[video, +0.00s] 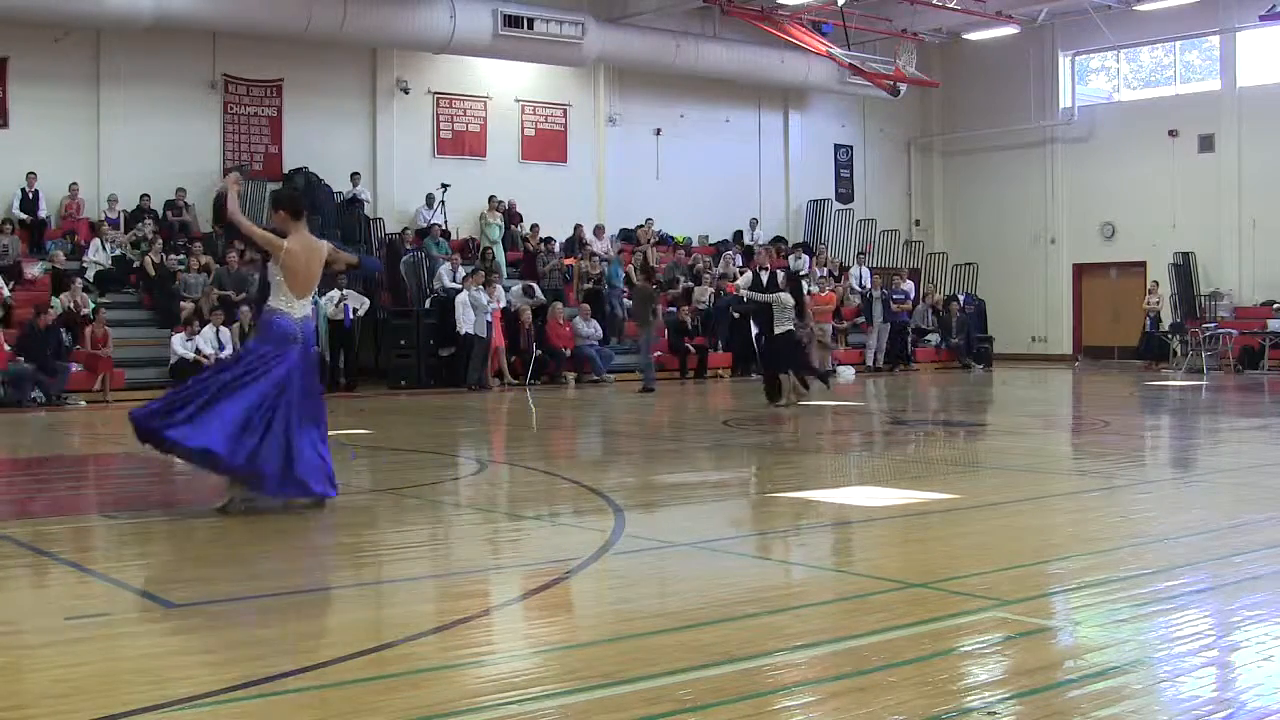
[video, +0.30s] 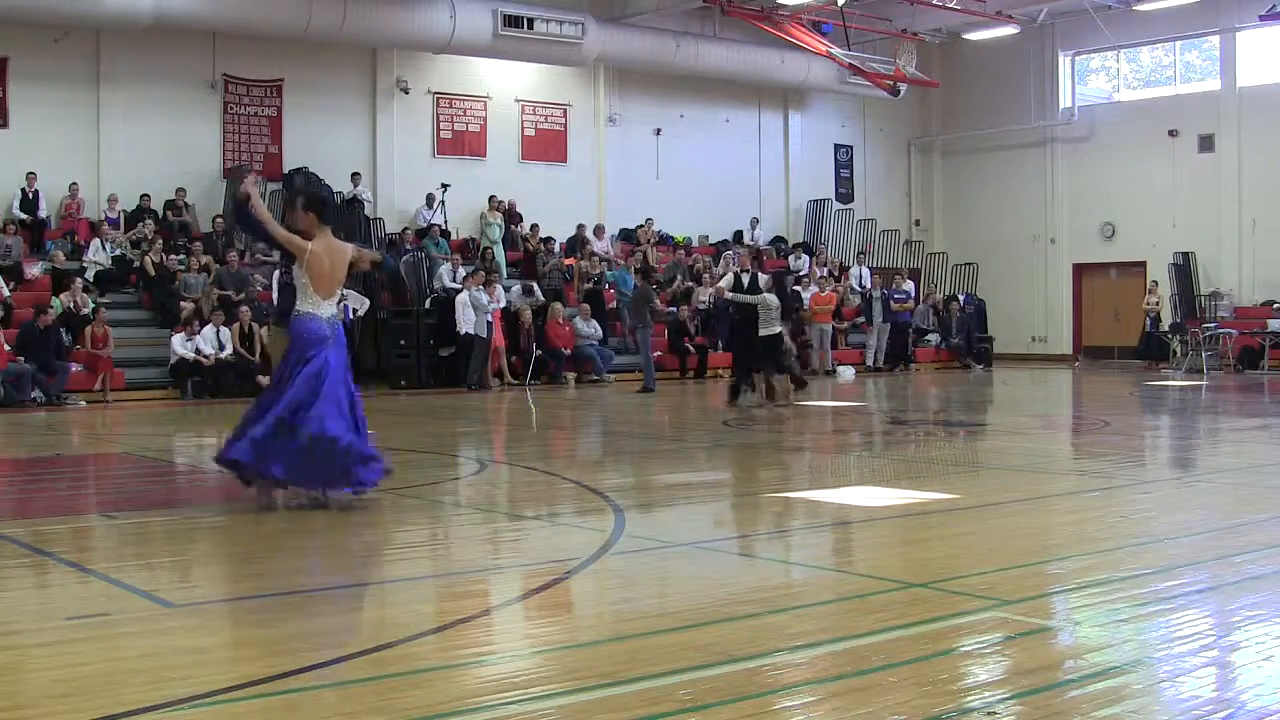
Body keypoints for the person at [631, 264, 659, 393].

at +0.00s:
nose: (639, 279)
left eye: (640, 277)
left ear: (641, 276)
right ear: (651, 277)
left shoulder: (636, 289)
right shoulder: (651, 291)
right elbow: (657, 306)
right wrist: (659, 319)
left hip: (641, 322)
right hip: (648, 322)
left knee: (645, 352)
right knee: (646, 352)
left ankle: (648, 382)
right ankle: (648, 381)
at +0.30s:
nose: (635, 277)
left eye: (637, 275)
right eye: (635, 275)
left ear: (641, 276)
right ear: (644, 276)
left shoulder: (646, 289)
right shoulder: (638, 289)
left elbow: (656, 304)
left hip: (644, 324)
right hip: (638, 323)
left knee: (646, 354)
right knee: (645, 354)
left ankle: (649, 383)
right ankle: (649, 382)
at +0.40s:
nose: (635, 279)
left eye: (637, 277)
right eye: (635, 276)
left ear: (642, 277)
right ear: (640, 277)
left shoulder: (646, 289)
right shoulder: (638, 289)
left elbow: (655, 303)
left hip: (644, 324)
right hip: (639, 324)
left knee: (645, 354)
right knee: (644, 354)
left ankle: (649, 383)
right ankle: (648, 382)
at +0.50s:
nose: (635, 279)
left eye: (637, 276)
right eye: (635, 276)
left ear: (641, 277)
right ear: (643, 277)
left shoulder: (644, 291)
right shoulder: (639, 290)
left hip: (643, 325)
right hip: (638, 325)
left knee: (645, 354)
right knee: (644, 354)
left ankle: (649, 383)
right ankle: (649, 382)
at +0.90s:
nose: (635, 278)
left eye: (636, 276)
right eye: (637, 275)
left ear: (638, 276)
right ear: (647, 276)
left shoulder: (641, 291)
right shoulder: (650, 289)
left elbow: (633, 305)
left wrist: (634, 322)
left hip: (642, 326)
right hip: (647, 324)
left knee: (644, 355)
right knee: (646, 354)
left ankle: (648, 383)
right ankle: (649, 382)